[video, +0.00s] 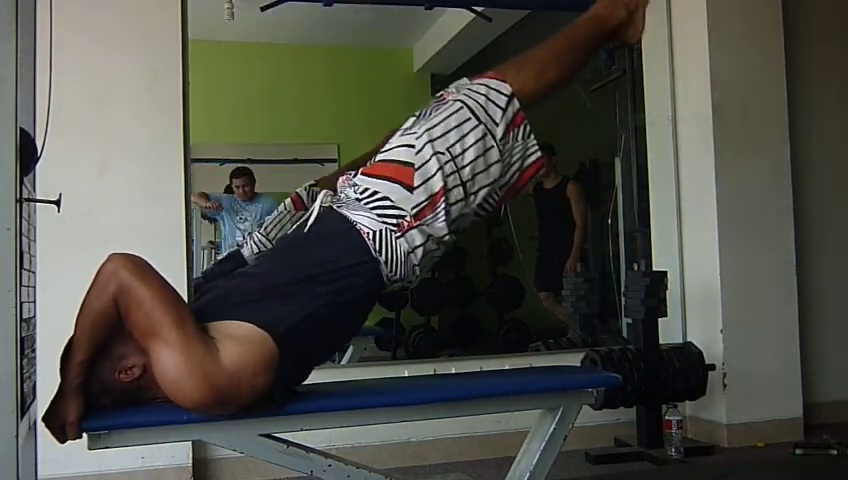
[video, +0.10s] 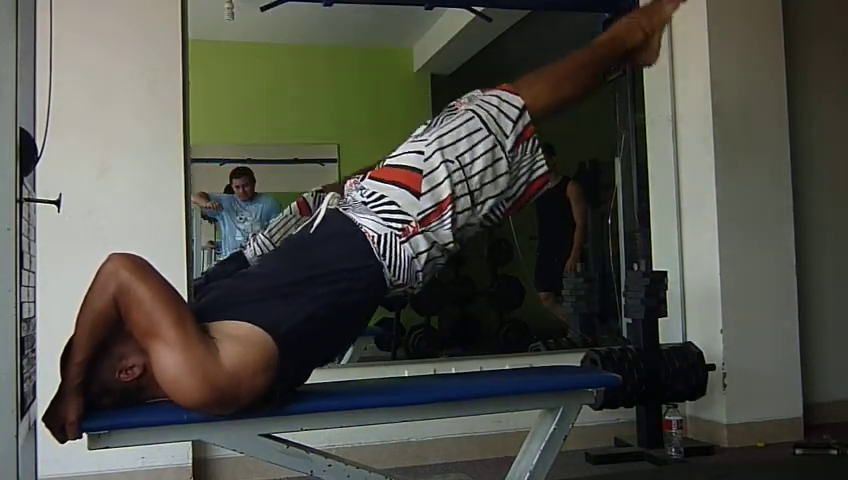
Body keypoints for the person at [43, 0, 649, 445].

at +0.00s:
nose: (130, 367)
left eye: (117, 368)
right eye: (122, 376)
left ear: (129, 365)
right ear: (134, 381)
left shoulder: (191, 354)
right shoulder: (198, 377)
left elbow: (116, 277)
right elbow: (119, 274)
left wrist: (71, 383)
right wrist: (73, 385)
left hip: (351, 214)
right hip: (376, 225)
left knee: (477, 102)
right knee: (487, 99)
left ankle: (605, 22)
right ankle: (610, 17)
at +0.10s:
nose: (132, 361)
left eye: (120, 362)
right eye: (126, 373)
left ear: (132, 352)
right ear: (138, 384)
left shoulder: (197, 344)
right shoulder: (203, 376)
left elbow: (116, 278)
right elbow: (119, 272)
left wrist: (75, 375)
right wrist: (75, 380)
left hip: (363, 209)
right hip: (387, 225)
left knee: (494, 109)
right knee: (503, 108)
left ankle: (618, 46)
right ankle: (622, 44)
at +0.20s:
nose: (128, 354)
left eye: (113, 352)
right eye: (118, 360)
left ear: (127, 359)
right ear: (134, 376)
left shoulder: (194, 350)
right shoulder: (200, 374)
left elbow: (115, 278)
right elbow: (118, 269)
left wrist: (77, 376)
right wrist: (75, 382)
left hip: (364, 218)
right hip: (389, 233)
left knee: (508, 119)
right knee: (521, 118)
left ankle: (629, 71)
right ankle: (638, 62)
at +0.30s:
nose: (130, 355)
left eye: (114, 355)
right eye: (119, 366)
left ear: (127, 355)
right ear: (135, 379)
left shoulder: (192, 350)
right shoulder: (199, 373)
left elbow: (117, 273)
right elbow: (121, 267)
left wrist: (75, 375)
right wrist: (74, 380)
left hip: (367, 221)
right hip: (392, 237)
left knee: (513, 133)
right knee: (525, 133)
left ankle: (639, 95)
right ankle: (648, 86)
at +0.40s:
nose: (136, 370)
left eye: (125, 363)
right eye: (124, 381)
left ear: (137, 344)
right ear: (139, 384)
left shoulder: (195, 342)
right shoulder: (202, 375)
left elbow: (122, 267)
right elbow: (123, 269)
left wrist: (77, 373)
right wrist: (75, 380)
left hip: (363, 228)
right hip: (391, 245)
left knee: (518, 147)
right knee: (532, 149)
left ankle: (646, 117)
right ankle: (656, 111)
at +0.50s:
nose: (136, 365)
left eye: (124, 366)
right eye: (125, 381)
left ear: (139, 349)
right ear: (142, 388)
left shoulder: (196, 340)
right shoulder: (202, 373)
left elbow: (117, 274)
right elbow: (124, 272)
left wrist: (74, 380)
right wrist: (75, 383)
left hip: (364, 235)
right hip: (390, 249)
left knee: (518, 163)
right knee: (534, 161)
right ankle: (665, 135)